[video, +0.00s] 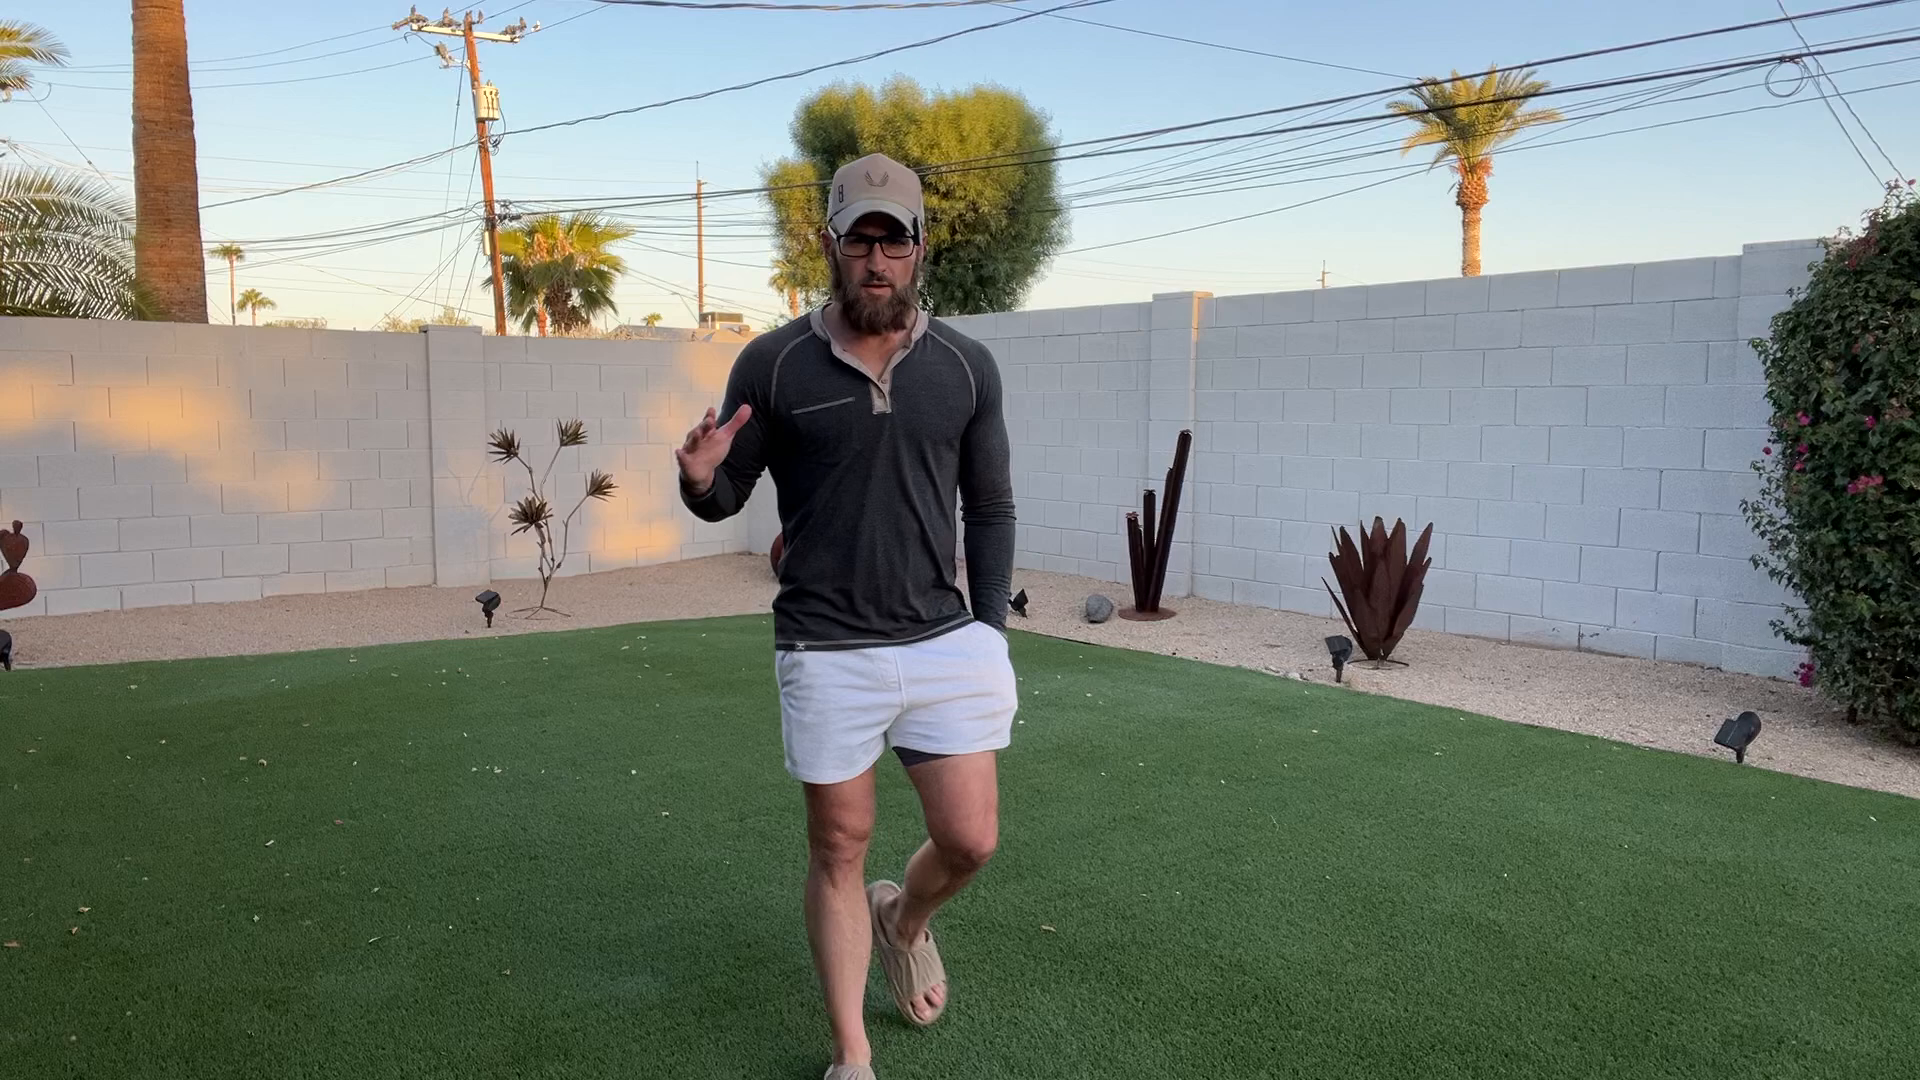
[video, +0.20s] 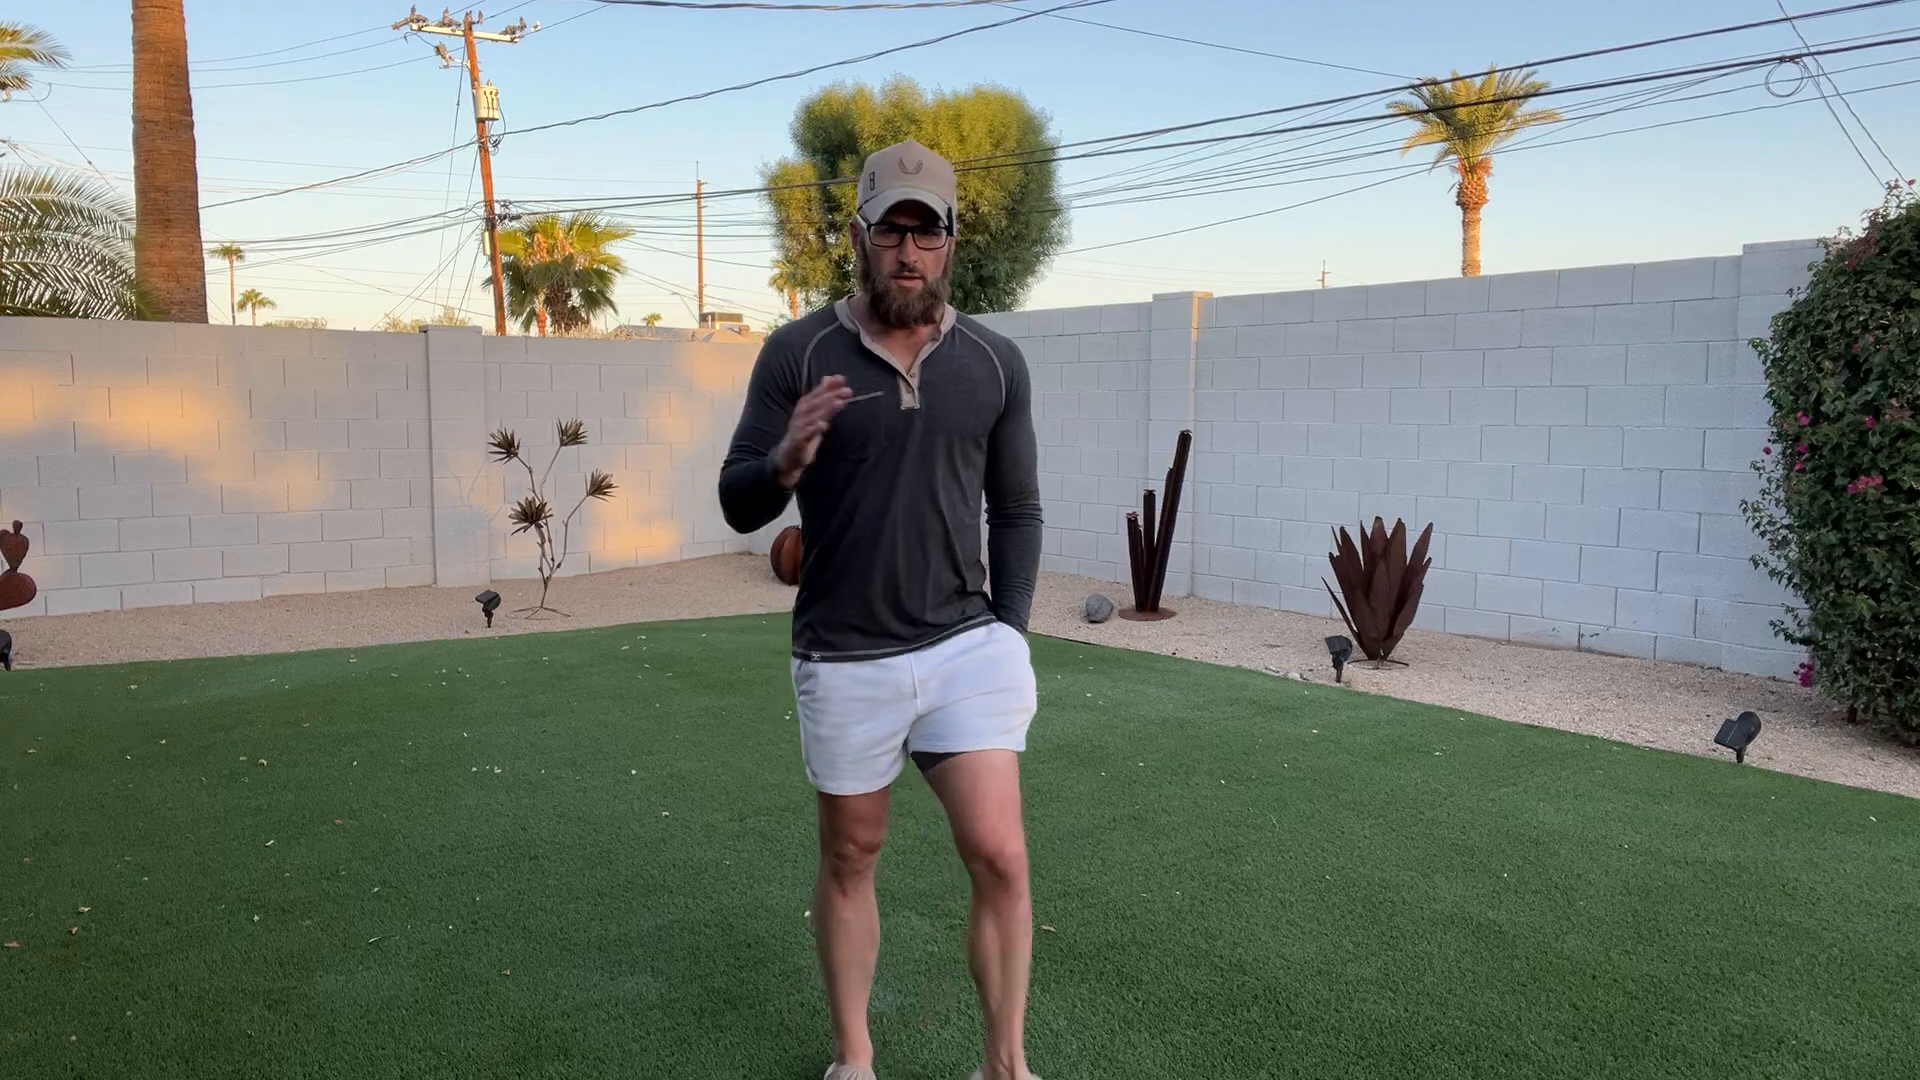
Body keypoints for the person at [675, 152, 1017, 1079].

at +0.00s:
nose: (876, 259)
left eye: (894, 240)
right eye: (859, 240)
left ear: (920, 253)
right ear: (830, 249)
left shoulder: (964, 365)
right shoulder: (773, 365)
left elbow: (990, 505)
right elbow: (725, 497)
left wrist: (988, 625)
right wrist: (700, 480)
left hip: (943, 635)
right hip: (827, 644)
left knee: (969, 841)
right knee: (840, 848)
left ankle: (900, 918)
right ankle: (851, 1055)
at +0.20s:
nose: (905, 251)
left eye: (924, 232)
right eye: (888, 231)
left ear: (951, 247)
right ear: (858, 240)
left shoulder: (994, 360)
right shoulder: (798, 353)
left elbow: (1017, 507)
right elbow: (739, 500)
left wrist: (1009, 629)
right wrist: (785, 457)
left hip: (965, 640)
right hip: (845, 652)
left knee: (1000, 854)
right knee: (852, 850)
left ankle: (1008, 1062)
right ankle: (854, 1057)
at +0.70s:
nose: (1063, 235)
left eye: (1084, 216)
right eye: (1043, 213)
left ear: (1108, 233)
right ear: (1007, 222)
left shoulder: (1149, 368)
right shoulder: (923, 341)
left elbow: (1179, 508)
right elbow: (835, 458)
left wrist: (1154, 641)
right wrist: (891, 556)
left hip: (1082, 691)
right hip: (940, 683)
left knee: (1054, 923)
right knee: (906, 927)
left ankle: (1054, 1077)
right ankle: (903, 1067)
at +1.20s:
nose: (1075, 218)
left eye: (1097, 195)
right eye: (1053, 194)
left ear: (1125, 209)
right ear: (1015, 205)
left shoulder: (1179, 353)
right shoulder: (936, 340)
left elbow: (1218, 545)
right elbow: (869, 516)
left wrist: (1215, 468)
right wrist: (924, 481)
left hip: (1113, 706)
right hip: (972, 699)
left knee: (1074, 950)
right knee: (946, 965)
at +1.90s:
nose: (951, 184)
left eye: (976, 155)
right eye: (923, 159)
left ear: (1012, 168)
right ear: (882, 174)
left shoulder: (1098, 326)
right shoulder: (812, 342)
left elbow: (1173, 493)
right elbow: (746, 512)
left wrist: (1108, 519)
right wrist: (799, 544)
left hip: (1057, 741)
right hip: (890, 757)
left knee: (1085, 1056)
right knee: (914, 1024)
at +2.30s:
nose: (1033, 169)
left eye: (1065, 138)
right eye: (1003, 134)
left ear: (1100, 149)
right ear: (956, 140)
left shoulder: (1178, 328)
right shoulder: (856, 322)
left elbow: (1240, 519)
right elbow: (794, 497)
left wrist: (1252, 625)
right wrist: (785, 584)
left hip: (1112, 793)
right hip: (924, 794)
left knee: (1090, 1069)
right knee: (931, 1059)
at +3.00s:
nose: (1184, 152)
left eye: (1219, 119)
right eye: (1151, 113)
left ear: (1257, 136)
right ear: (1096, 120)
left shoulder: (1322, 363)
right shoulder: (964, 302)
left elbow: (1366, 602)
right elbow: (868, 506)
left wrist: (1303, 672)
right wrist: (939, 578)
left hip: (1177, 846)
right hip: (966, 823)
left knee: (1130, 1068)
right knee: (940, 1064)